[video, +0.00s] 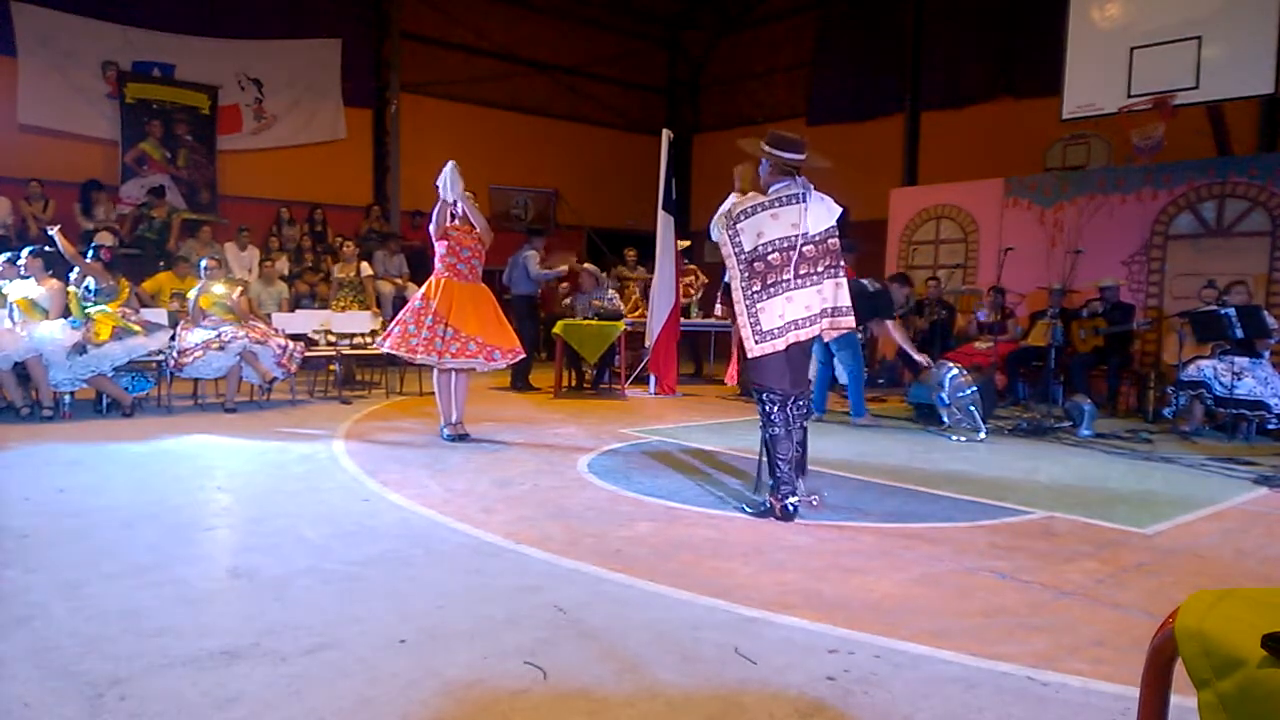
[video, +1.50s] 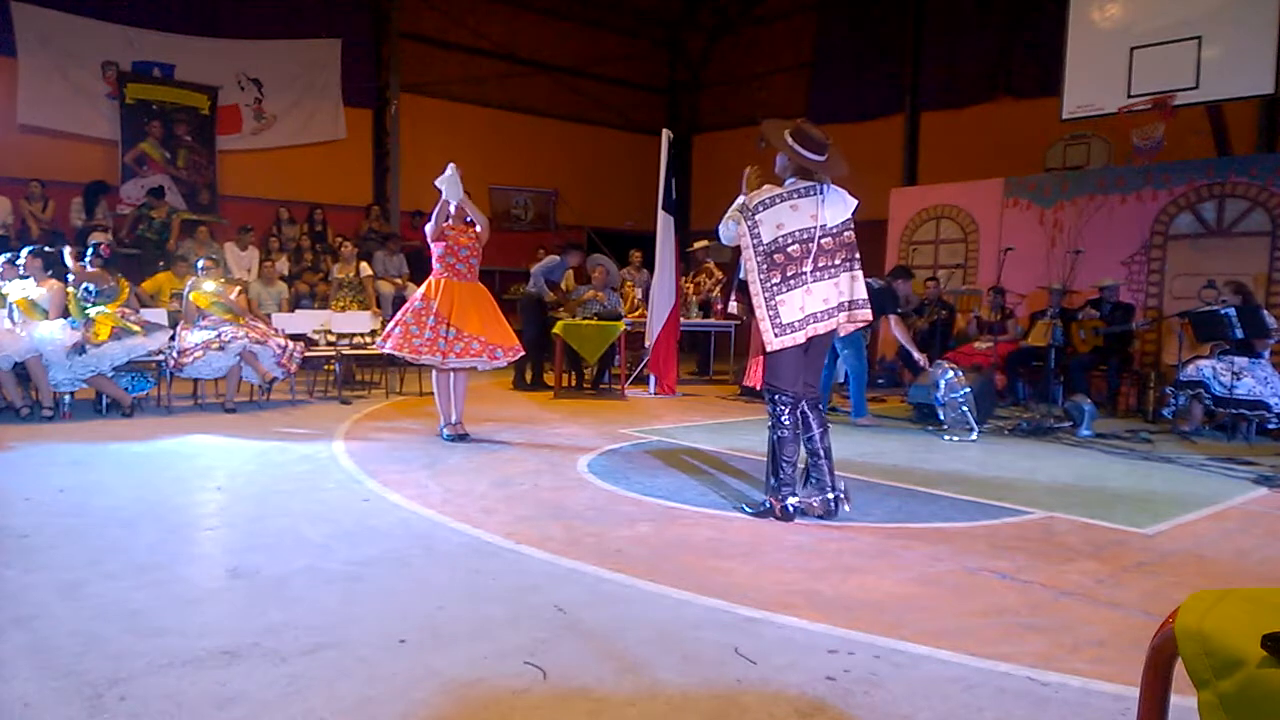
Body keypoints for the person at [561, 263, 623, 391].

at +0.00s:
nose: (580, 280)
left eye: (584, 277)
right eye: (580, 277)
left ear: (594, 280)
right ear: (579, 279)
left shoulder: (609, 294)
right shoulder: (576, 297)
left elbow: (620, 312)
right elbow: (560, 312)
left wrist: (601, 308)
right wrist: (560, 296)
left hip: (602, 332)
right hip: (580, 332)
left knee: (609, 348)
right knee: (570, 344)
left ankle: (597, 381)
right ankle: (579, 378)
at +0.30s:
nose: (583, 280)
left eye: (587, 277)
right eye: (583, 277)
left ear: (598, 279)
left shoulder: (612, 295)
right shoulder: (579, 297)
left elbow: (621, 313)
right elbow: (566, 315)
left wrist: (603, 307)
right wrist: (566, 305)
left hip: (603, 332)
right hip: (581, 332)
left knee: (609, 349)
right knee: (570, 345)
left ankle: (597, 381)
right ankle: (579, 379)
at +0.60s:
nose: (594, 276)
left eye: (597, 273)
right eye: (593, 273)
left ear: (605, 278)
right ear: (588, 275)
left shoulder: (612, 297)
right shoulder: (579, 293)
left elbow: (621, 315)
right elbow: (565, 309)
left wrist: (600, 314)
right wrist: (578, 303)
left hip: (603, 332)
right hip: (580, 331)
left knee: (609, 348)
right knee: (571, 345)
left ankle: (597, 381)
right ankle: (579, 379)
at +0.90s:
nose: (593, 273)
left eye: (597, 271)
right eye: (591, 270)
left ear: (605, 276)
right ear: (588, 274)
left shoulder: (613, 296)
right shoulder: (579, 291)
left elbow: (620, 314)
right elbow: (567, 308)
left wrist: (602, 308)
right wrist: (581, 299)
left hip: (603, 330)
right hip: (582, 327)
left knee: (609, 348)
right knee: (571, 345)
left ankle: (597, 380)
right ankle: (579, 378)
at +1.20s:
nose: (595, 273)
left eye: (599, 271)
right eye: (593, 270)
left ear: (606, 276)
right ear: (590, 273)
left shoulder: (614, 296)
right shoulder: (580, 290)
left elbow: (620, 314)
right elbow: (568, 305)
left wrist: (604, 304)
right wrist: (582, 297)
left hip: (603, 329)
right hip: (582, 327)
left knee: (610, 348)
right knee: (570, 346)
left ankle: (597, 380)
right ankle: (579, 378)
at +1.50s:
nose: (596, 276)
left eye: (600, 273)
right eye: (594, 272)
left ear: (607, 277)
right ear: (591, 275)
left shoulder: (613, 295)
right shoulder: (581, 290)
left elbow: (620, 314)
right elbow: (568, 307)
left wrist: (605, 303)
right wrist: (583, 299)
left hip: (603, 328)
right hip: (582, 326)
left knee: (610, 348)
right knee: (570, 344)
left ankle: (597, 379)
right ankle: (579, 376)